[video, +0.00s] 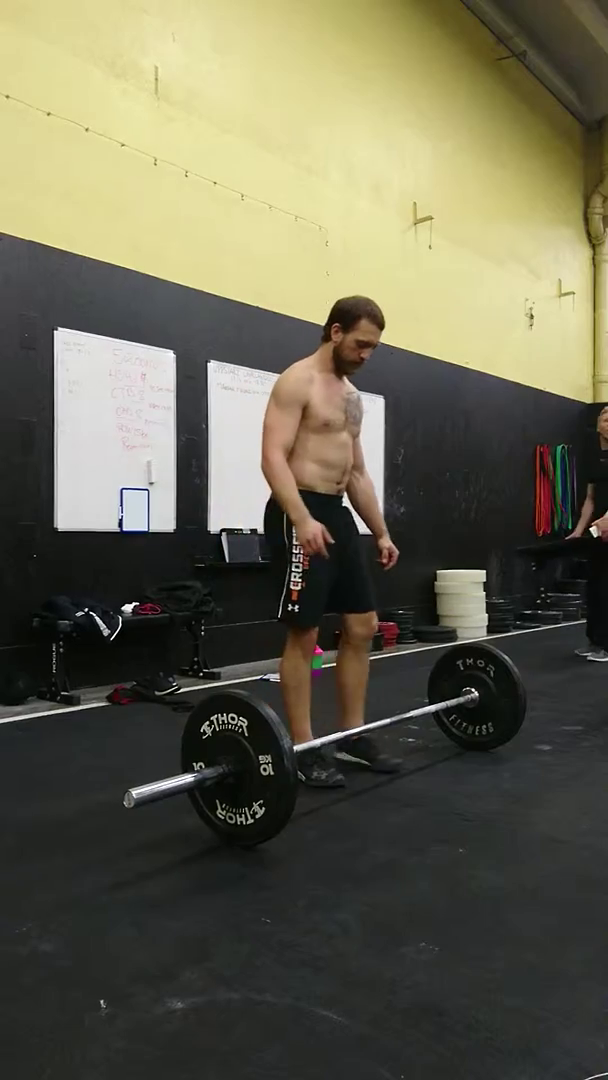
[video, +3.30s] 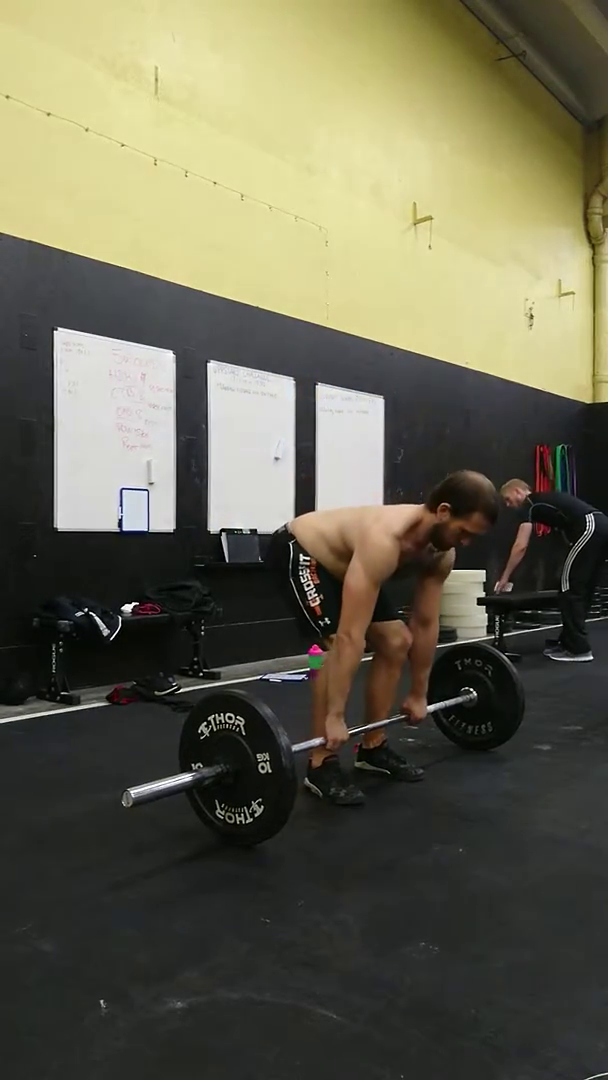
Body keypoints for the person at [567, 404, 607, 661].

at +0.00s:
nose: (605, 422)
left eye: (607, 418)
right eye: (603, 418)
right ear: (597, 424)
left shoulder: (601, 456)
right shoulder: (594, 455)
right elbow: (591, 498)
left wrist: (603, 522)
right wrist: (578, 531)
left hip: (604, 538)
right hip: (597, 536)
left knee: (600, 588)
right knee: (595, 587)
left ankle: (603, 645)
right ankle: (595, 642)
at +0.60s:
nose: (569, 427)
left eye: (574, 423)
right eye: (568, 424)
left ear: (589, 425)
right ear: (569, 428)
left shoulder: (603, 453)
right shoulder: (572, 457)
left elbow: (607, 493)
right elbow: (564, 497)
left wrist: (606, 519)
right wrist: (552, 531)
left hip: (600, 532)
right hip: (580, 533)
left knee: (600, 587)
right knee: (586, 587)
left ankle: (604, 644)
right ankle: (590, 641)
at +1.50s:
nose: (562, 430)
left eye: (566, 426)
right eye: (563, 426)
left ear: (580, 429)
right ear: (577, 429)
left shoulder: (593, 453)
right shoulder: (571, 454)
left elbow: (590, 491)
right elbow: (573, 492)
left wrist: (572, 520)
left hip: (595, 530)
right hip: (579, 530)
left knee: (597, 587)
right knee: (574, 584)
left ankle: (603, 645)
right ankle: (574, 640)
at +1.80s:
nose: (552, 433)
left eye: (555, 429)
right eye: (553, 430)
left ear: (566, 433)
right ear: (569, 434)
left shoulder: (571, 455)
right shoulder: (572, 455)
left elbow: (558, 493)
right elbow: (560, 494)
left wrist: (534, 521)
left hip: (590, 521)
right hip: (580, 521)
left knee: (581, 580)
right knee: (571, 580)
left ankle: (602, 643)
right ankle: (571, 643)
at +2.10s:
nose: (533, 459)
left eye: (533, 456)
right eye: (533, 456)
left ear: (537, 454)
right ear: (553, 451)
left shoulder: (549, 468)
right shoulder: (568, 468)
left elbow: (532, 507)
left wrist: (514, 537)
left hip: (588, 521)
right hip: (594, 520)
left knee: (573, 579)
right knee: (576, 580)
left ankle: (576, 646)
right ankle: (571, 642)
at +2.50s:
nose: (524, 496)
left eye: (523, 493)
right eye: (523, 494)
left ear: (524, 491)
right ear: (540, 484)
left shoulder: (532, 500)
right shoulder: (556, 494)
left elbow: (518, 539)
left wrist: (503, 571)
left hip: (590, 528)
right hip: (600, 524)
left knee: (568, 583)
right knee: (580, 585)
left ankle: (577, 648)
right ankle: (570, 642)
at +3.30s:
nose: (508, 505)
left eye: (508, 500)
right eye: (506, 502)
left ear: (519, 493)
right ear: (522, 492)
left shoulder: (530, 504)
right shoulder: (541, 499)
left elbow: (520, 546)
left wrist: (504, 578)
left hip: (590, 527)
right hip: (599, 525)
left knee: (569, 585)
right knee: (580, 586)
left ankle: (578, 648)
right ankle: (569, 642)